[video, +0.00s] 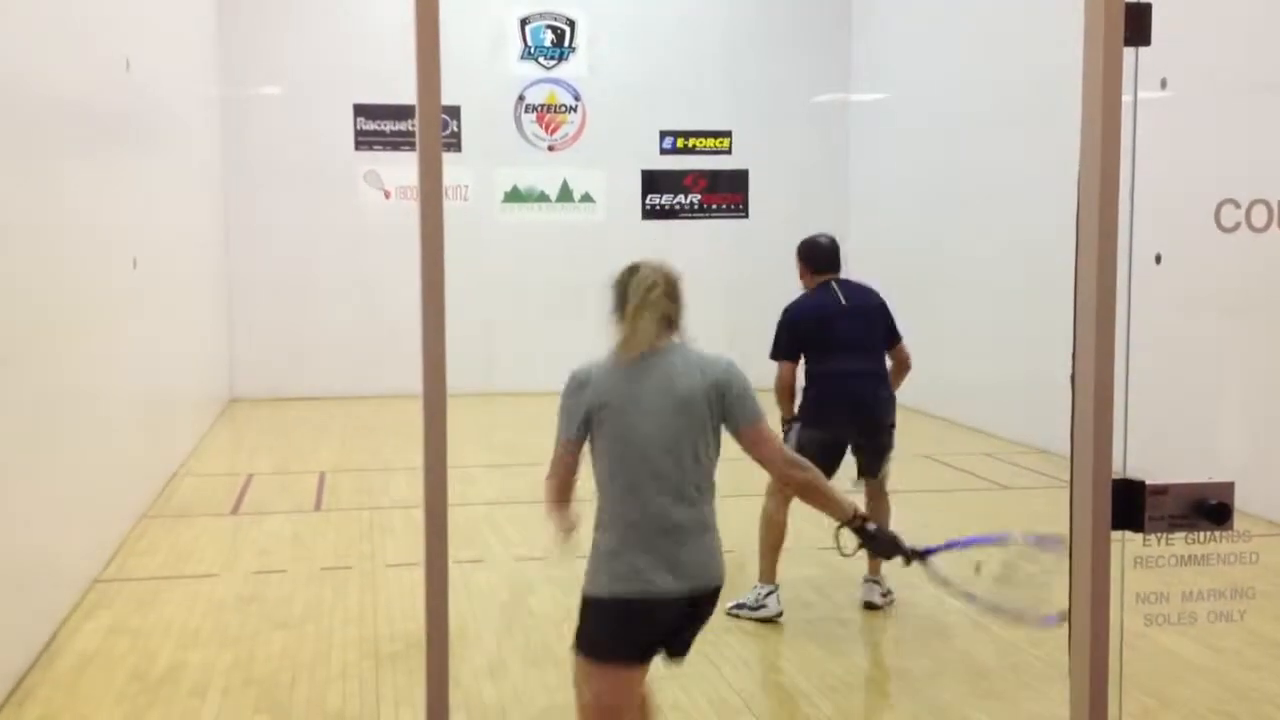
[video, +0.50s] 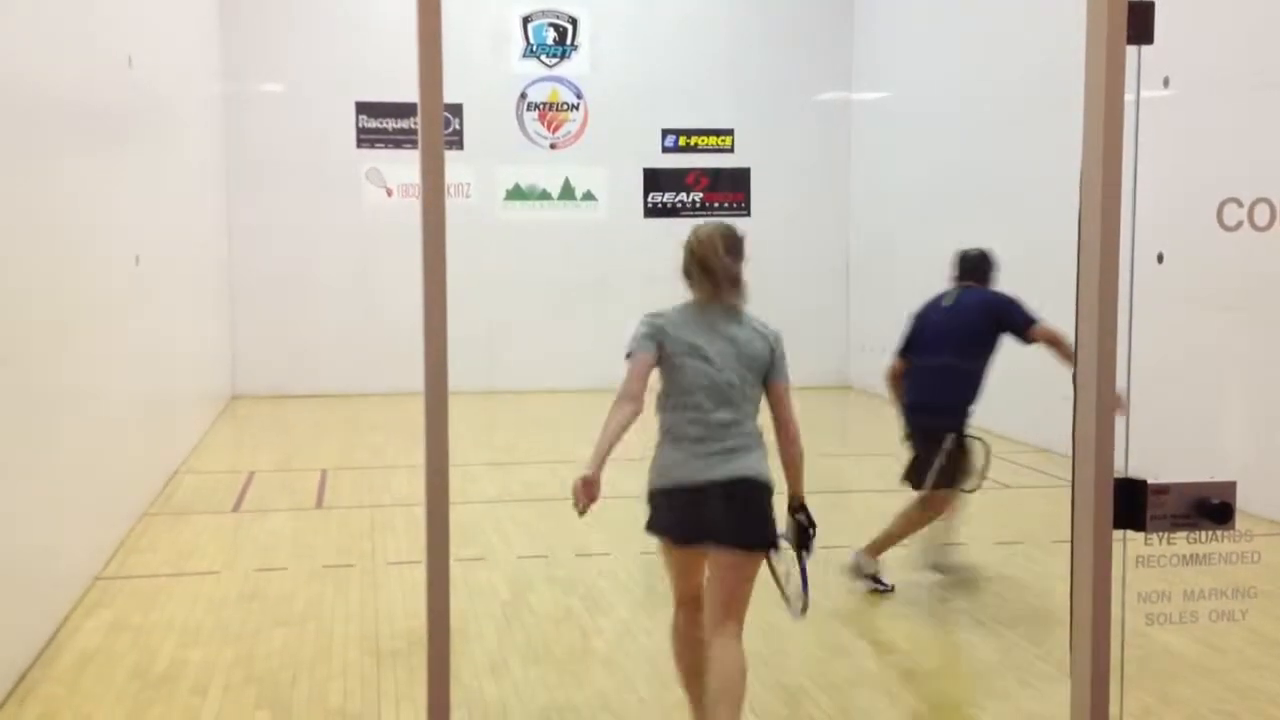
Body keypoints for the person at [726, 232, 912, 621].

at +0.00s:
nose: (798, 275)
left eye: (798, 269)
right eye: (800, 269)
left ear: (803, 270)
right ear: (838, 265)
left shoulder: (798, 312)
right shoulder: (869, 298)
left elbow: (785, 381)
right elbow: (902, 362)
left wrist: (788, 418)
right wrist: (881, 396)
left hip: (824, 410)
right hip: (875, 408)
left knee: (779, 493)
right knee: (875, 487)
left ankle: (766, 590)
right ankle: (874, 581)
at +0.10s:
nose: (809, 275)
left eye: (810, 270)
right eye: (813, 270)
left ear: (814, 273)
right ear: (850, 269)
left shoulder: (803, 311)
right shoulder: (880, 302)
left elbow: (785, 375)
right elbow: (915, 365)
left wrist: (790, 415)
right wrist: (896, 404)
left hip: (825, 411)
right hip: (876, 411)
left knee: (783, 488)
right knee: (893, 482)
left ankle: (759, 581)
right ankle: (873, 575)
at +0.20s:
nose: (838, 282)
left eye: (838, 276)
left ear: (837, 279)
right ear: (873, 278)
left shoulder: (821, 319)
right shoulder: (897, 313)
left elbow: (798, 387)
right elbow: (944, 368)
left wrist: (813, 417)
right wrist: (942, 415)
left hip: (829, 422)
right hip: (881, 424)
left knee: (794, 498)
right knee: (912, 480)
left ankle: (756, 579)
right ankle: (870, 561)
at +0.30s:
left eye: (876, 278)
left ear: (874, 281)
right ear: (909, 280)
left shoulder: (857, 317)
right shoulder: (929, 313)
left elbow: (836, 383)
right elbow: (982, 357)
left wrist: (853, 415)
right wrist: (999, 402)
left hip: (852, 424)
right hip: (900, 428)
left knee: (825, 492)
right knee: (911, 496)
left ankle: (767, 551)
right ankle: (859, 568)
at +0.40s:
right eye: (949, 279)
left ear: (915, 279)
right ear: (948, 279)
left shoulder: (894, 311)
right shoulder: (959, 307)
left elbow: (865, 378)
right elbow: (1017, 348)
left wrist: (882, 411)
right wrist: (1052, 393)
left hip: (884, 411)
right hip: (921, 414)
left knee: (887, 486)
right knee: (919, 495)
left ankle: (819, 533)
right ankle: (860, 565)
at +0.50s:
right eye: (989, 275)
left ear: (956, 274)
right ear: (989, 276)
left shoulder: (934, 306)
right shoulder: (993, 303)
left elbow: (896, 372)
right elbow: (1050, 337)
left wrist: (911, 416)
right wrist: (1083, 370)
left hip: (917, 408)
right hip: (947, 411)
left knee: (957, 470)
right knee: (937, 499)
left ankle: (938, 550)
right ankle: (867, 557)